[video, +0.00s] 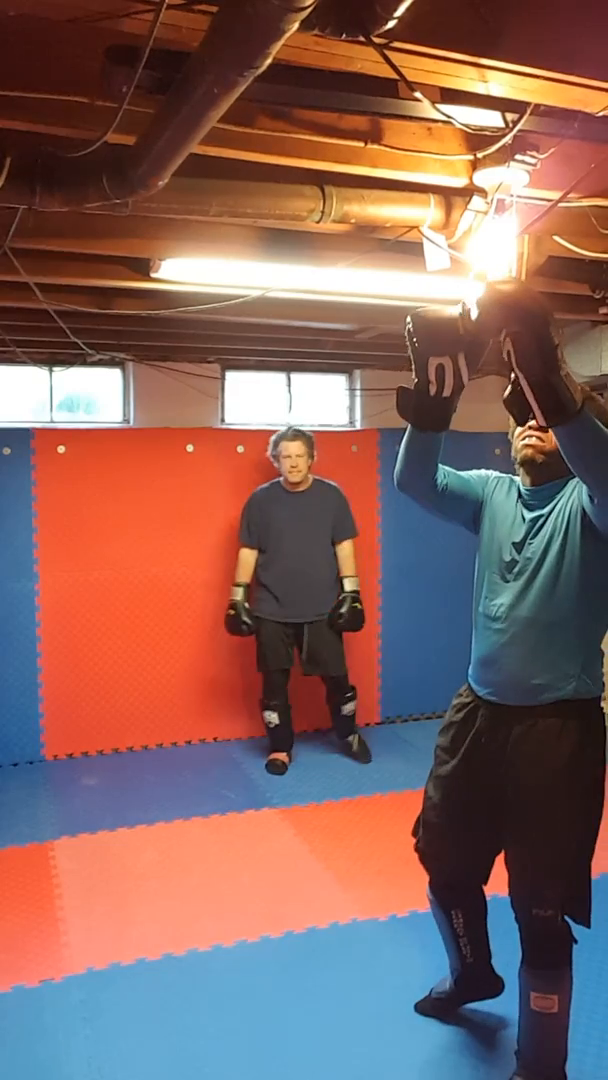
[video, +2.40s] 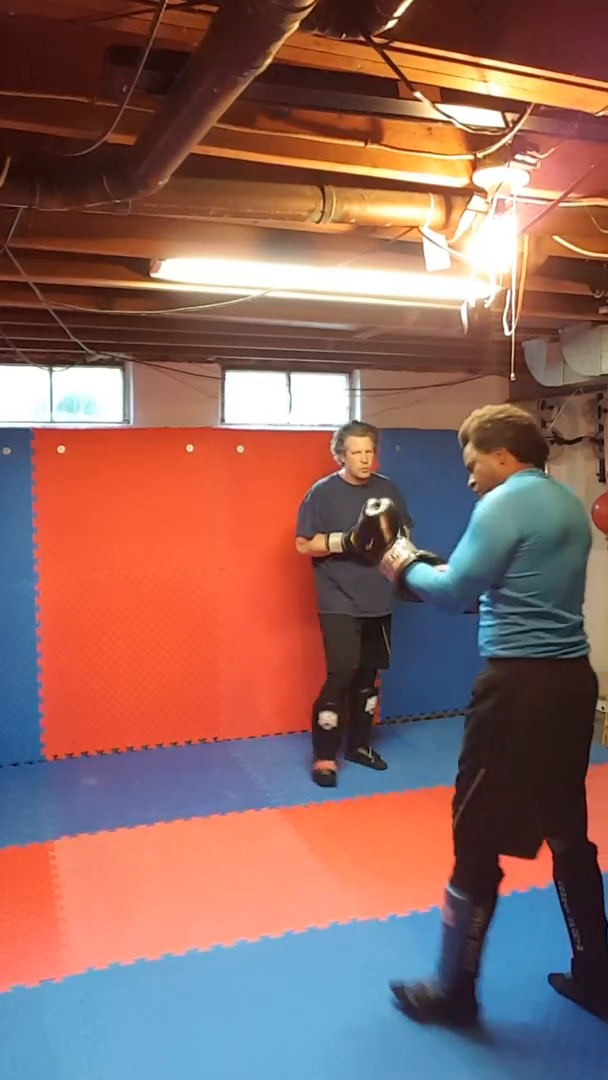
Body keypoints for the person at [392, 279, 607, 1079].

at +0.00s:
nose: (530, 428)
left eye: (546, 420)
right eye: (521, 419)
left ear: (575, 435)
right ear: (508, 434)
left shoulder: (591, 499)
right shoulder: (492, 489)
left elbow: (597, 468)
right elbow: (415, 479)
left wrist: (548, 381)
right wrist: (430, 419)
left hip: (561, 723)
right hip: (479, 713)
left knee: (543, 905)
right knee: (443, 850)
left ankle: (542, 1065)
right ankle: (474, 974)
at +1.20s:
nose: (477, 443)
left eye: (490, 433)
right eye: (480, 432)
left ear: (535, 444)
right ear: (512, 444)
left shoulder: (584, 505)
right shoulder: (478, 511)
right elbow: (405, 562)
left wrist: (595, 430)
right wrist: (376, 504)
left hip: (563, 723)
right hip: (483, 714)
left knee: (544, 904)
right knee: (445, 850)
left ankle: (542, 1067)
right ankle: (471, 971)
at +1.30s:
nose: (460, 451)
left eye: (472, 438)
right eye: (463, 437)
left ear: (518, 445)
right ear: (498, 445)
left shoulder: (581, 510)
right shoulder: (481, 516)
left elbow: (598, 564)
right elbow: (447, 593)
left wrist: (596, 505)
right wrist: (380, 571)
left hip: (564, 727)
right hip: (486, 718)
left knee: (543, 901)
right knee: (455, 855)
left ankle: (542, 1067)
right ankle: (474, 973)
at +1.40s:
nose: (449, 459)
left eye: (461, 445)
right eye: (452, 445)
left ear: (509, 447)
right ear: (492, 449)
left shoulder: (588, 513)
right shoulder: (481, 522)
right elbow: (489, 598)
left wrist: (594, 609)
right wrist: (416, 612)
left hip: (568, 728)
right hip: (490, 719)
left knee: (548, 900)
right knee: (473, 860)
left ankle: (543, 1064)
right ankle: (478, 976)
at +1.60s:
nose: (453, 472)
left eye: (460, 457)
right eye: (453, 458)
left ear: (502, 454)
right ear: (497, 456)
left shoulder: (570, 515)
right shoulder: (502, 516)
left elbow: (606, 616)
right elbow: (506, 607)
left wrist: (550, 649)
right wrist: (437, 608)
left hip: (560, 728)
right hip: (503, 717)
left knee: (545, 890)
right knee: (505, 854)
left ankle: (544, 1065)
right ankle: (522, 967)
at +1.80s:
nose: (474, 462)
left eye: (479, 447)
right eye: (475, 447)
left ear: (506, 450)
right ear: (528, 446)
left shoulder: (545, 503)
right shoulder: (537, 502)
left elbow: (512, 615)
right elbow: (509, 591)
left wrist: (449, 596)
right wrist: (451, 569)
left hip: (555, 716)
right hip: (548, 710)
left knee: (543, 889)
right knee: (556, 876)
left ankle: (542, 1065)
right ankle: (585, 988)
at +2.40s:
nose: (469, 477)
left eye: (472, 464)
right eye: (468, 466)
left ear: (502, 455)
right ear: (519, 457)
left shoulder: (505, 503)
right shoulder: (572, 505)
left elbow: (452, 585)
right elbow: (509, 591)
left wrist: (406, 564)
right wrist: (425, 573)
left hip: (515, 684)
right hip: (573, 681)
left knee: (478, 833)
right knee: (569, 831)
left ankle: (455, 992)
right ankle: (595, 978)